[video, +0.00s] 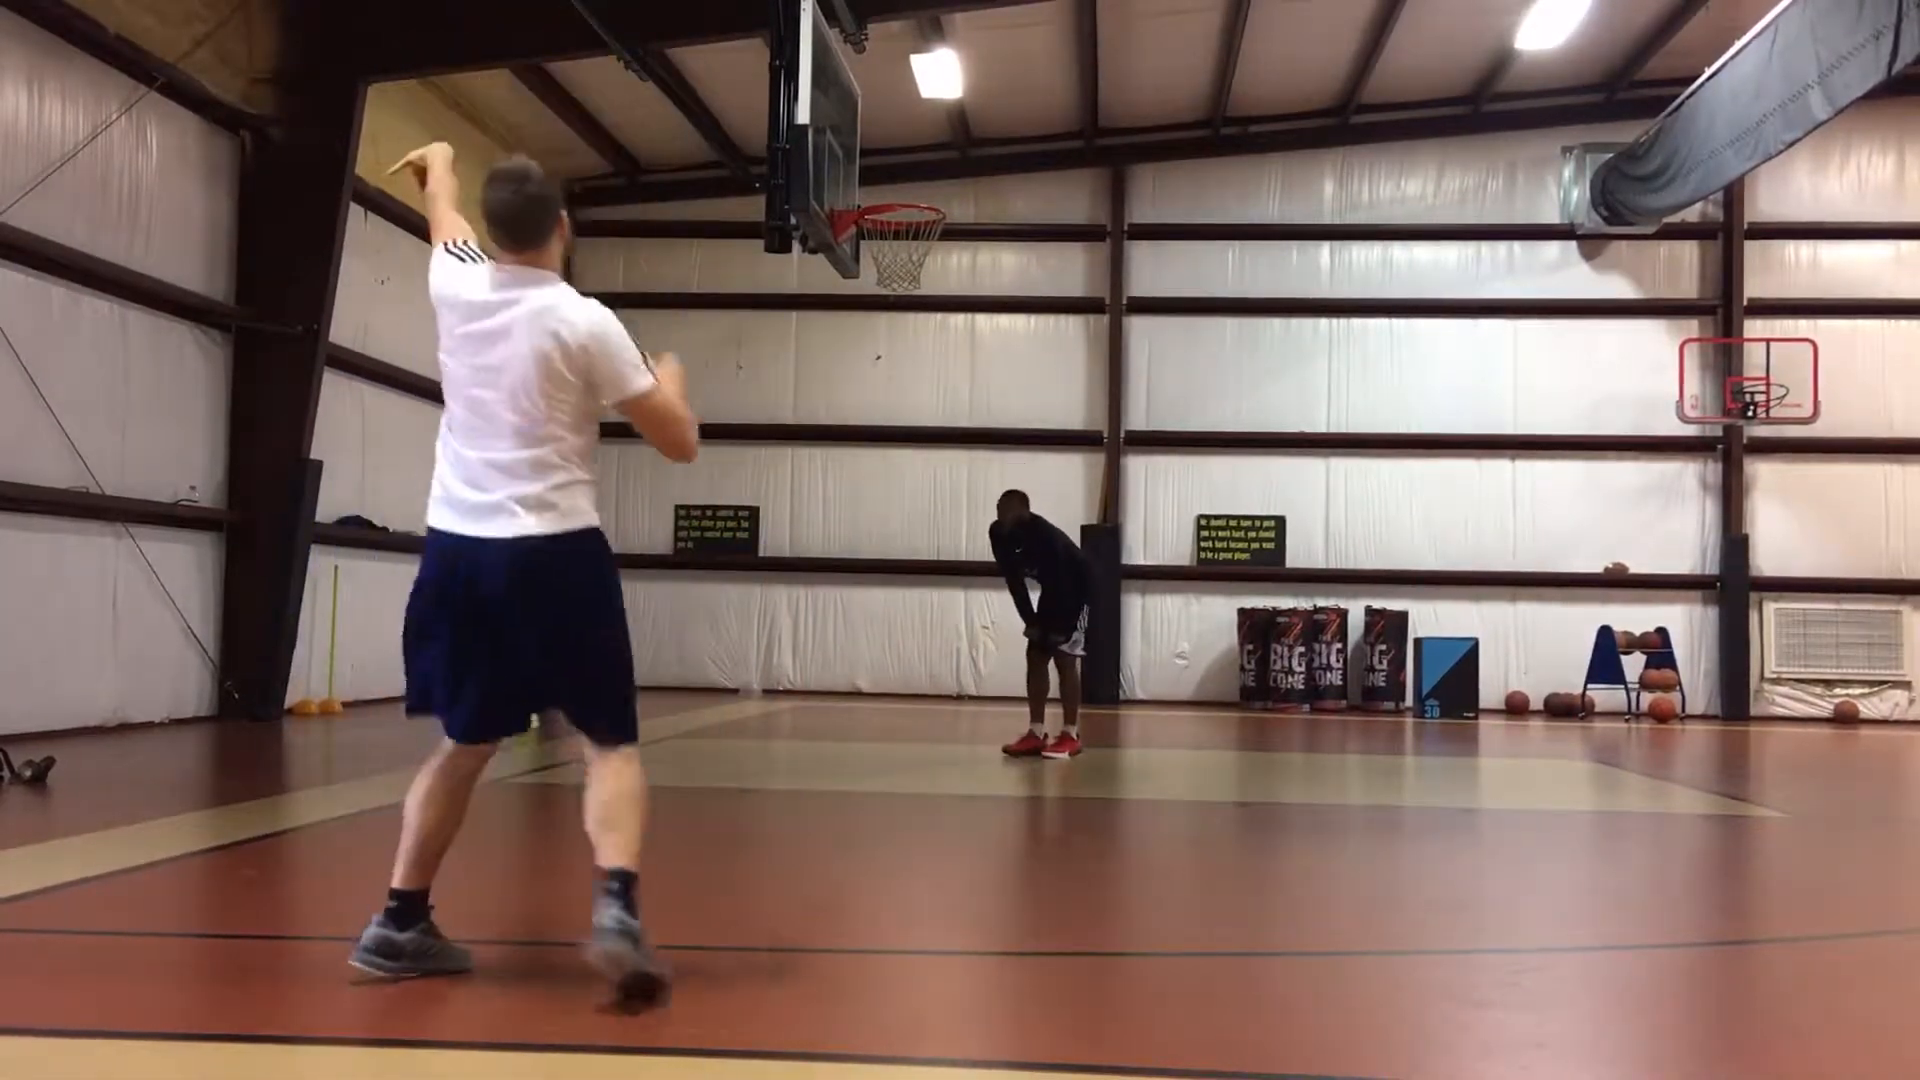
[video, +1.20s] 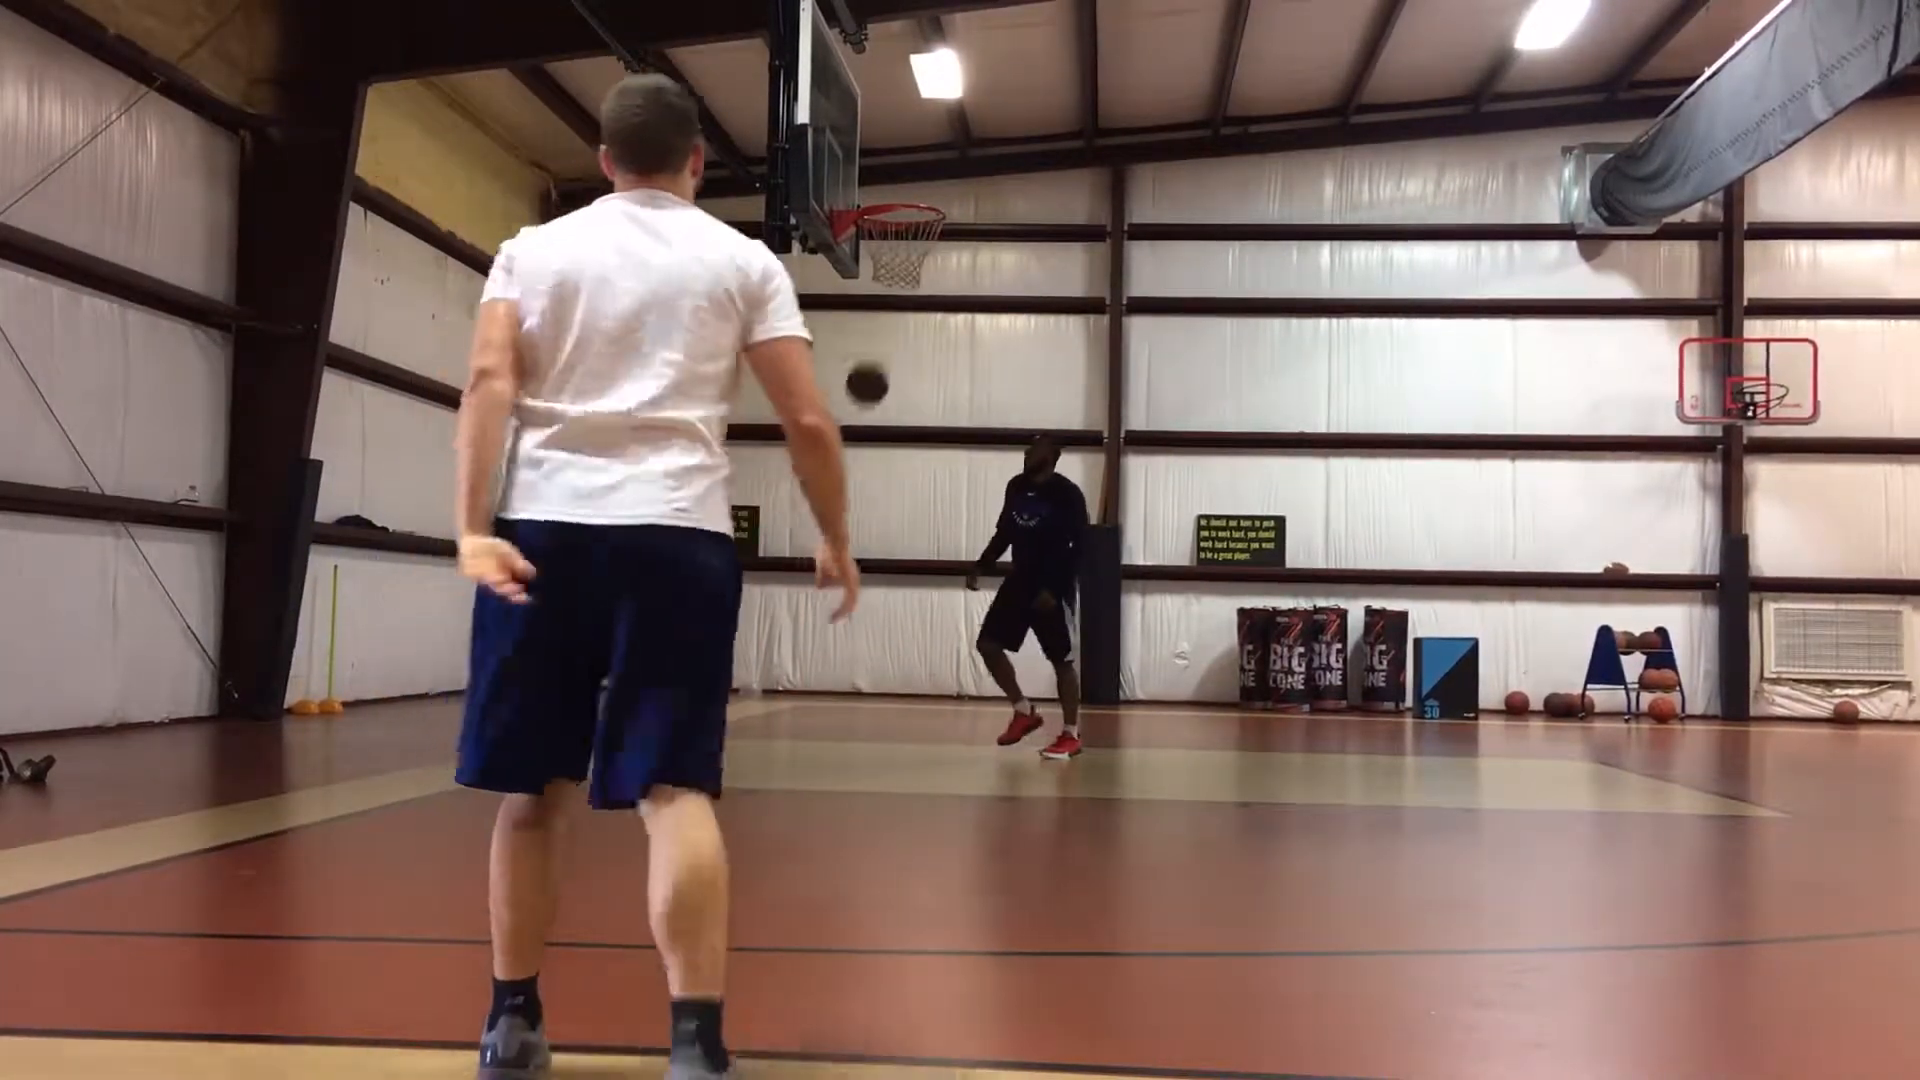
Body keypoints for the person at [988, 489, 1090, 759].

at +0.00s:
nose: (1000, 515)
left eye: (1005, 510)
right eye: (999, 510)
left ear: (1023, 511)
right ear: (999, 510)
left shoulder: (1043, 533)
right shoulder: (998, 532)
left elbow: (1069, 581)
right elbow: (1014, 581)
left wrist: (1061, 626)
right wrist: (1029, 620)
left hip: (1078, 592)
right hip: (1051, 592)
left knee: (1065, 660)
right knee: (1035, 656)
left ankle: (1070, 735)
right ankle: (1036, 733)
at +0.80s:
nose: (1020, 473)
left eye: (1028, 470)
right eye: (1023, 468)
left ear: (1043, 480)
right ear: (1024, 474)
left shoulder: (1059, 510)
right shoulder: (1010, 505)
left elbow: (1070, 562)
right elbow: (1012, 559)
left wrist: (1068, 610)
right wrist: (1016, 604)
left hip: (1063, 588)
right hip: (1035, 587)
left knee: (1056, 658)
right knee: (1029, 657)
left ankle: (1069, 734)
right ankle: (1035, 733)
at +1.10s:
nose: (1030, 452)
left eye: (1038, 448)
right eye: (1032, 447)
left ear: (1056, 457)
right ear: (1034, 454)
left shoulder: (1070, 493)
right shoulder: (1019, 487)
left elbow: (1079, 549)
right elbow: (1004, 533)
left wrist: (1057, 589)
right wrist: (980, 567)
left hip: (1059, 584)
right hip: (1025, 581)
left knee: (1061, 660)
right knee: (1000, 650)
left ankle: (1071, 733)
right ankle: (1035, 713)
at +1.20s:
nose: (1027, 452)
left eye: (1035, 447)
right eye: (1029, 447)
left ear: (1053, 456)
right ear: (1030, 453)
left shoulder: (1068, 493)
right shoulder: (1017, 486)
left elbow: (1077, 549)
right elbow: (1005, 532)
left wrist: (1054, 588)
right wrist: (980, 566)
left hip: (1051, 584)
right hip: (1019, 581)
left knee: (1061, 661)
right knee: (988, 645)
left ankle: (1071, 733)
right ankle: (1023, 711)